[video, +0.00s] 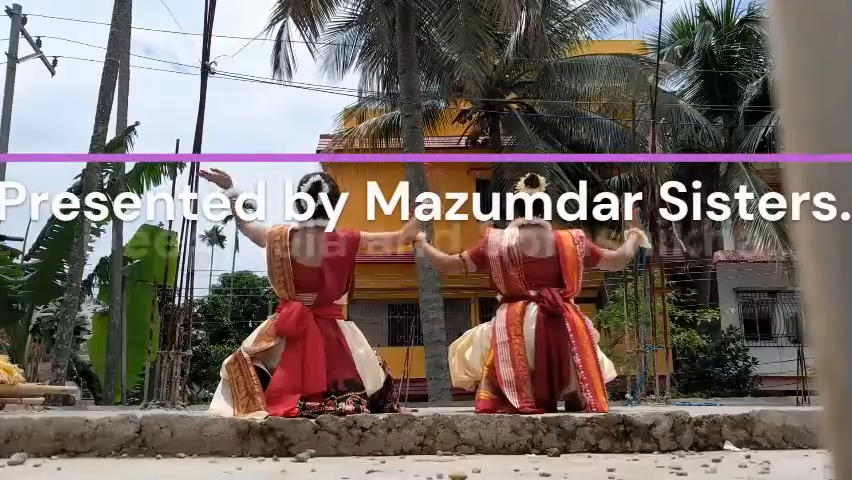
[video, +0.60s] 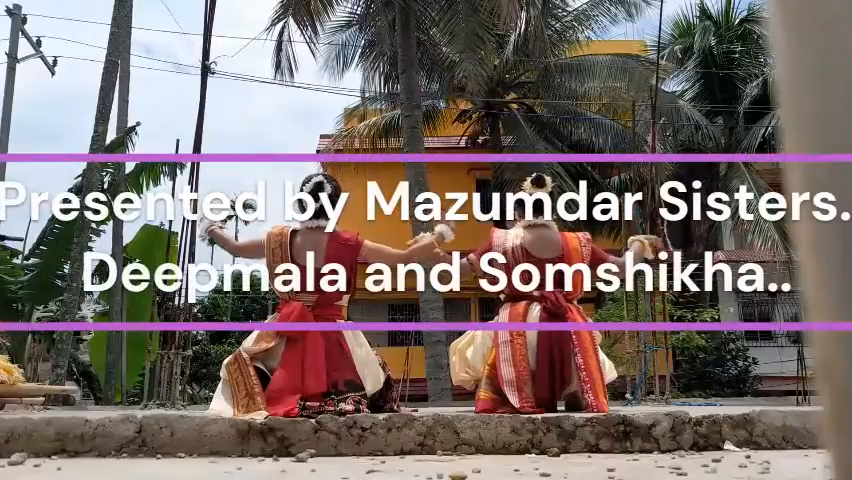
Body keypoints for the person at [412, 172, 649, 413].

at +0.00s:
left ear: (512, 207)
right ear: (548, 207)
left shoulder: (495, 241)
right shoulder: (571, 240)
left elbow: (449, 265)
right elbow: (617, 260)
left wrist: (419, 244)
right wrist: (633, 239)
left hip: (513, 330)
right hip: (565, 328)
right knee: (578, 403)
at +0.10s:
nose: (528, 213)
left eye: (526, 205)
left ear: (513, 206)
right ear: (548, 204)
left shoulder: (499, 240)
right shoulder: (572, 239)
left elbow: (462, 265)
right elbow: (609, 266)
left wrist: (427, 253)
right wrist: (637, 238)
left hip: (512, 317)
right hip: (565, 316)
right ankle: (581, 402)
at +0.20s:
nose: (526, 210)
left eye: (524, 204)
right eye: (529, 203)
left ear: (513, 207)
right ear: (549, 207)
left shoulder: (496, 242)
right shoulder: (573, 243)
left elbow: (461, 274)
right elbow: (615, 271)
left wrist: (428, 258)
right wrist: (635, 243)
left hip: (512, 325)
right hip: (567, 326)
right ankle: (578, 397)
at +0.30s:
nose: (528, 209)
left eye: (528, 203)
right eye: (530, 203)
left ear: (515, 207)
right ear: (550, 207)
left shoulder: (497, 243)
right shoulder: (573, 244)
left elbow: (462, 274)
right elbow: (616, 271)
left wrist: (426, 260)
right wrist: (638, 246)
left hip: (510, 328)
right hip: (565, 329)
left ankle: (511, 401)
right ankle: (575, 394)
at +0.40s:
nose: (528, 210)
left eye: (526, 204)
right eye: (531, 203)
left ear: (515, 207)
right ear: (549, 206)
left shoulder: (498, 242)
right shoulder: (573, 243)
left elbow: (460, 274)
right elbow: (615, 269)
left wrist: (424, 259)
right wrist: (642, 250)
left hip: (511, 326)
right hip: (564, 325)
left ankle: (509, 401)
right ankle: (578, 398)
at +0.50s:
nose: (527, 213)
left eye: (524, 205)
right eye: (531, 205)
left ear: (516, 207)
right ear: (551, 207)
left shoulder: (499, 241)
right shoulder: (575, 243)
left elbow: (467, 267)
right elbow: (618, 267)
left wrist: (431, 256)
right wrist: (641, 249)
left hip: (513, 328)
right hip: (565, 329)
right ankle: (578, 397)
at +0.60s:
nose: (535, 214)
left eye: (534, 207)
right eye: (535, 207)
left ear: (518, 211)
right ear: (551, 209)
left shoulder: (501, 242)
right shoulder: (576, 243)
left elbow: (467, 264)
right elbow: (617, 267)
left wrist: (436, 255)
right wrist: (637, 250)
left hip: (513, 324)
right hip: (566, 321)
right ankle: (578, 397)